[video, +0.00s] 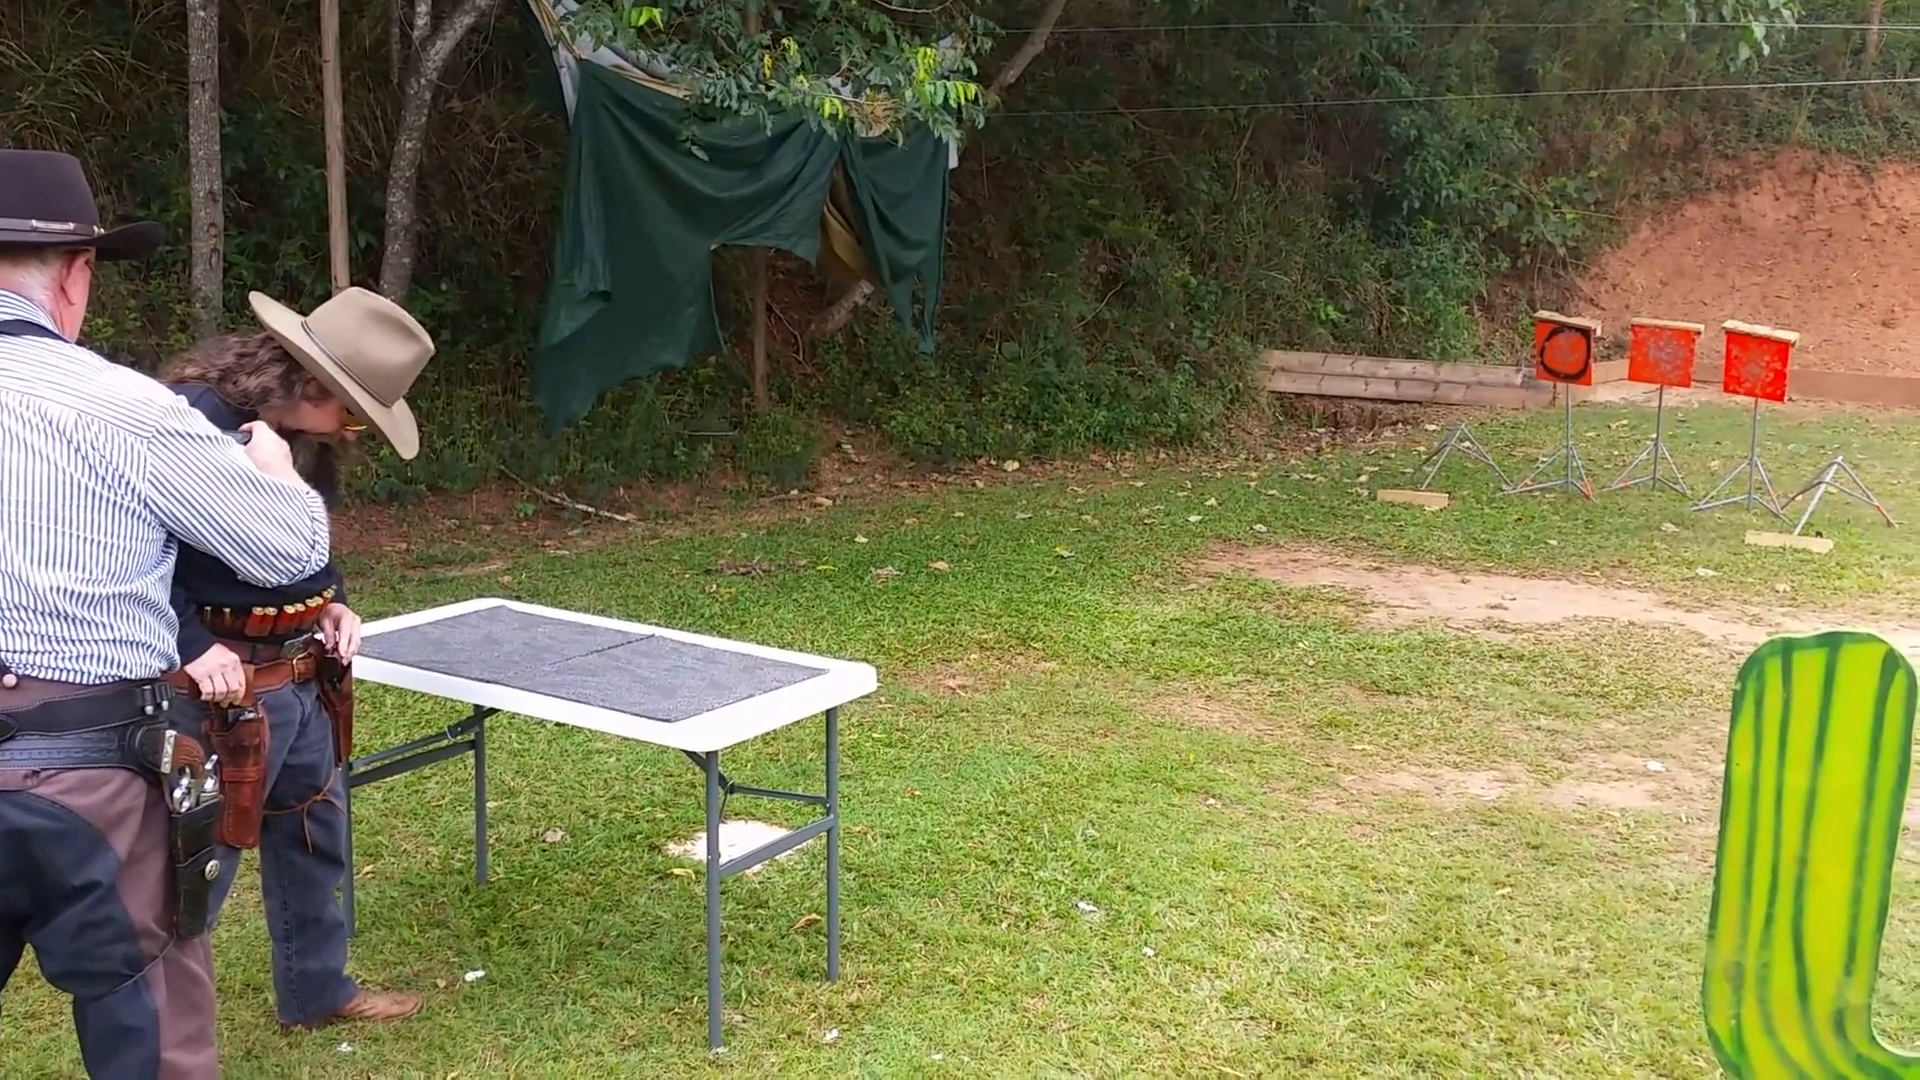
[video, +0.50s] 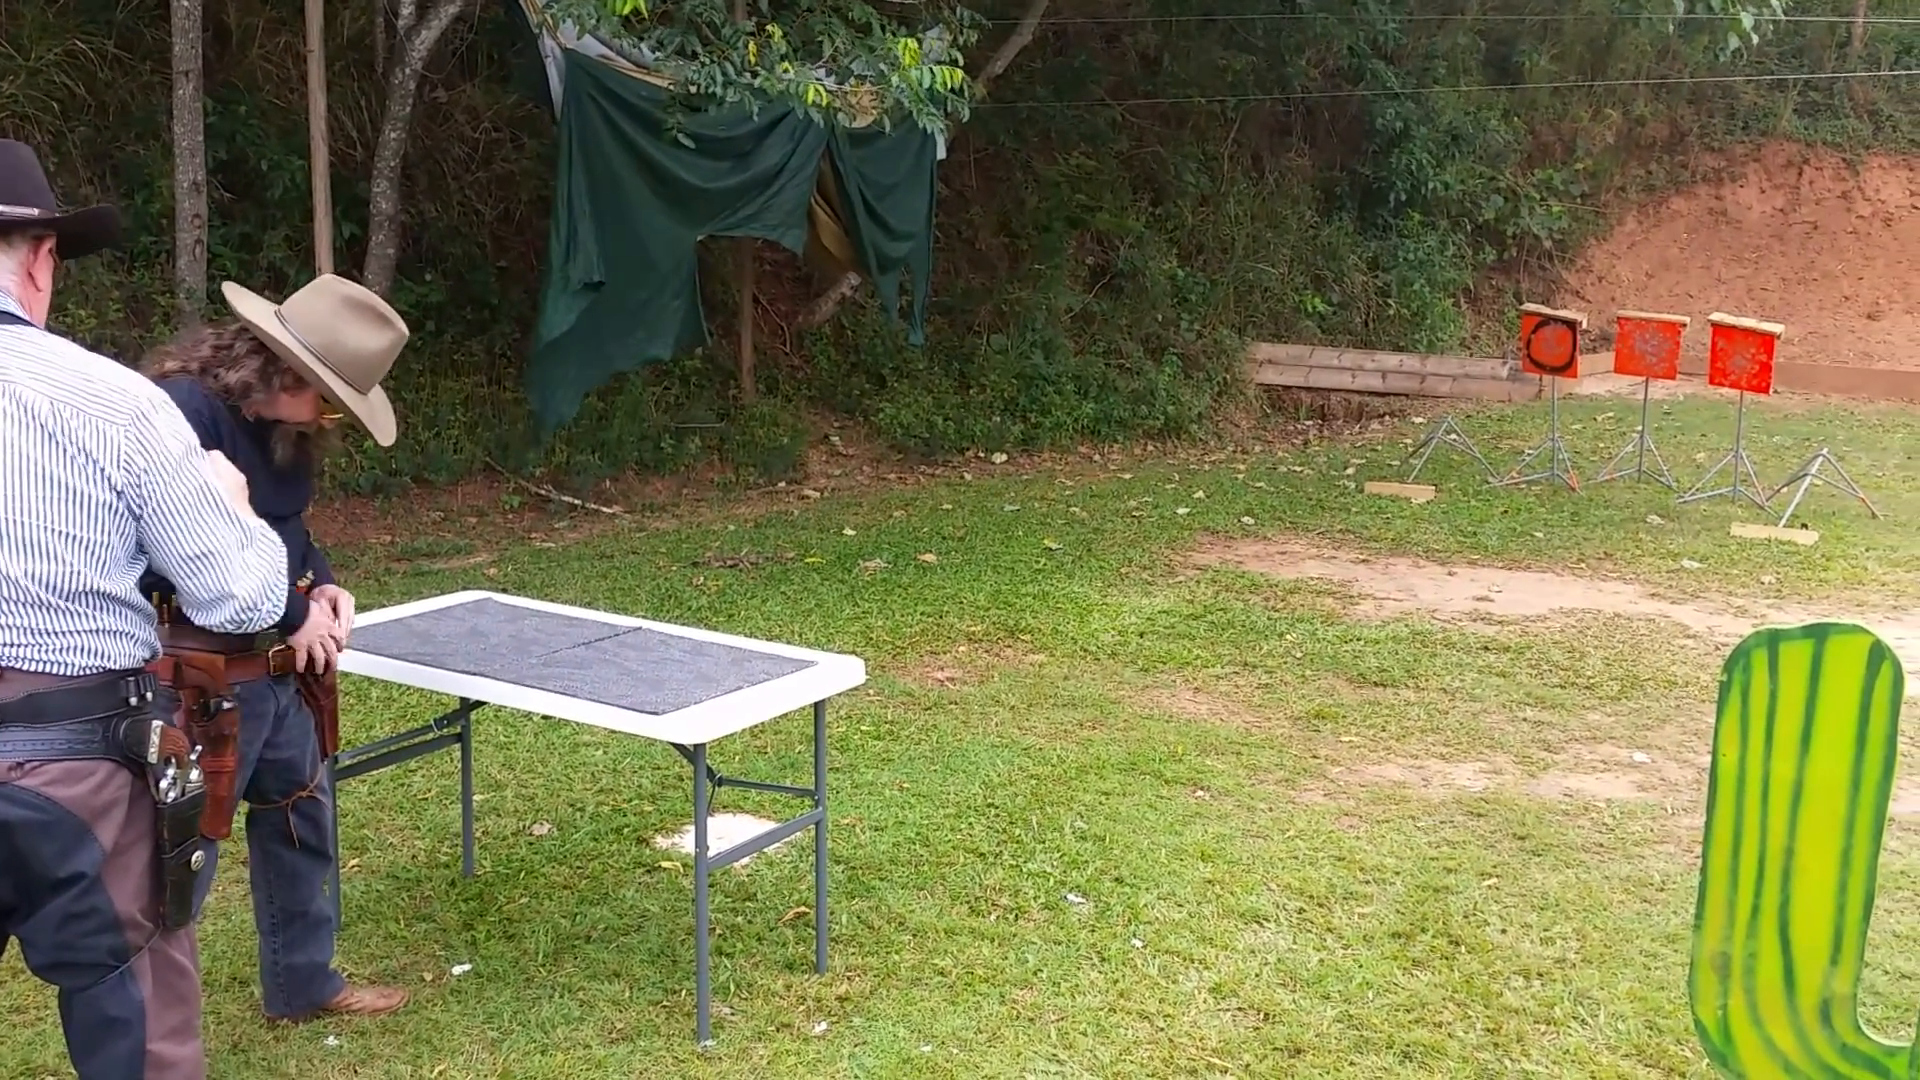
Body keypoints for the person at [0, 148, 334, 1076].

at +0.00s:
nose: (90, 290)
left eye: (89, 267)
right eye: (91, 267)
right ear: (73, 273)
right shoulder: (123, 412)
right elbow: (297, 548)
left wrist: (184, 646)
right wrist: (270, 461)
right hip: (85, 762)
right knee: (157, 1030)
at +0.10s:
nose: (86, 288)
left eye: (84, 265)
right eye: (85, 266)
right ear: (67, 273)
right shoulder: (117, 410)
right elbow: (291, 549)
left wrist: (175, 647)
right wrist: (262, 457)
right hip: (78, 761)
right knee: (152, 1033)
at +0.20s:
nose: (82, 284)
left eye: (80, 262)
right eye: (81, 263)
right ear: (64, 270)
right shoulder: (115, 408)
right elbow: (288, 551)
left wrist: (176, 645)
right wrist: (264, 465)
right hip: (76, 756)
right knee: (150, 1022)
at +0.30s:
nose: (76, 282)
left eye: (74, 259)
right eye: (75, 260)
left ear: (13, 268)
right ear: (58, 269)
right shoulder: (106, 402)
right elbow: (285, 559)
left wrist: (171, 637)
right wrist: (264, 479)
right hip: (67, 749)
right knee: (145, 1017)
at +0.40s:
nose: (65, 279)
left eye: (63, 256)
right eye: (65, 257)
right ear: (50, 266)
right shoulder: (112, 403)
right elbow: (269, 577)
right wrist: (253, 491)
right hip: (62, 750)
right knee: (139, 1022)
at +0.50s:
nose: (52, 277)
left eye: (50, 255)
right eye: (51, 254)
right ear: (37, 263)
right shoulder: (108, 400)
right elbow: (248, 597)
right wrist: (237, 508)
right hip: (62, 747)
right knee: (140, 1016)